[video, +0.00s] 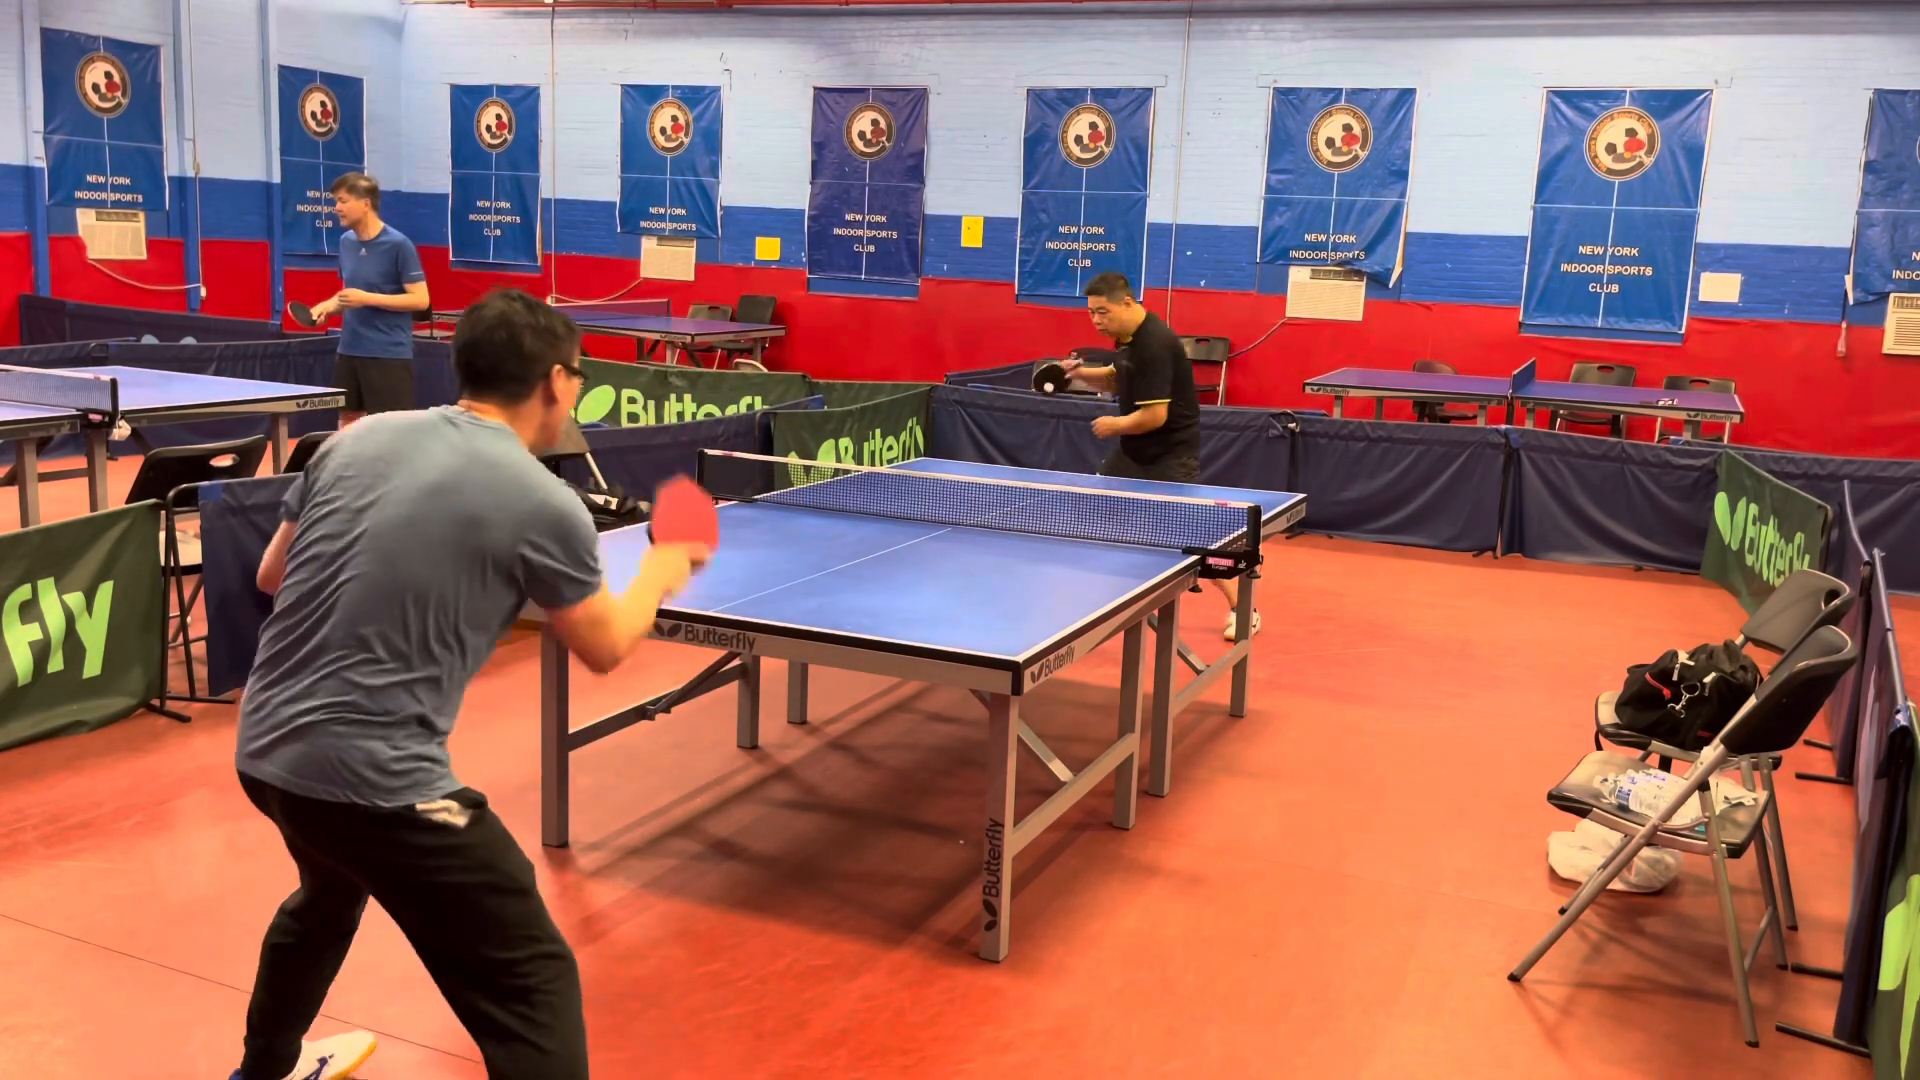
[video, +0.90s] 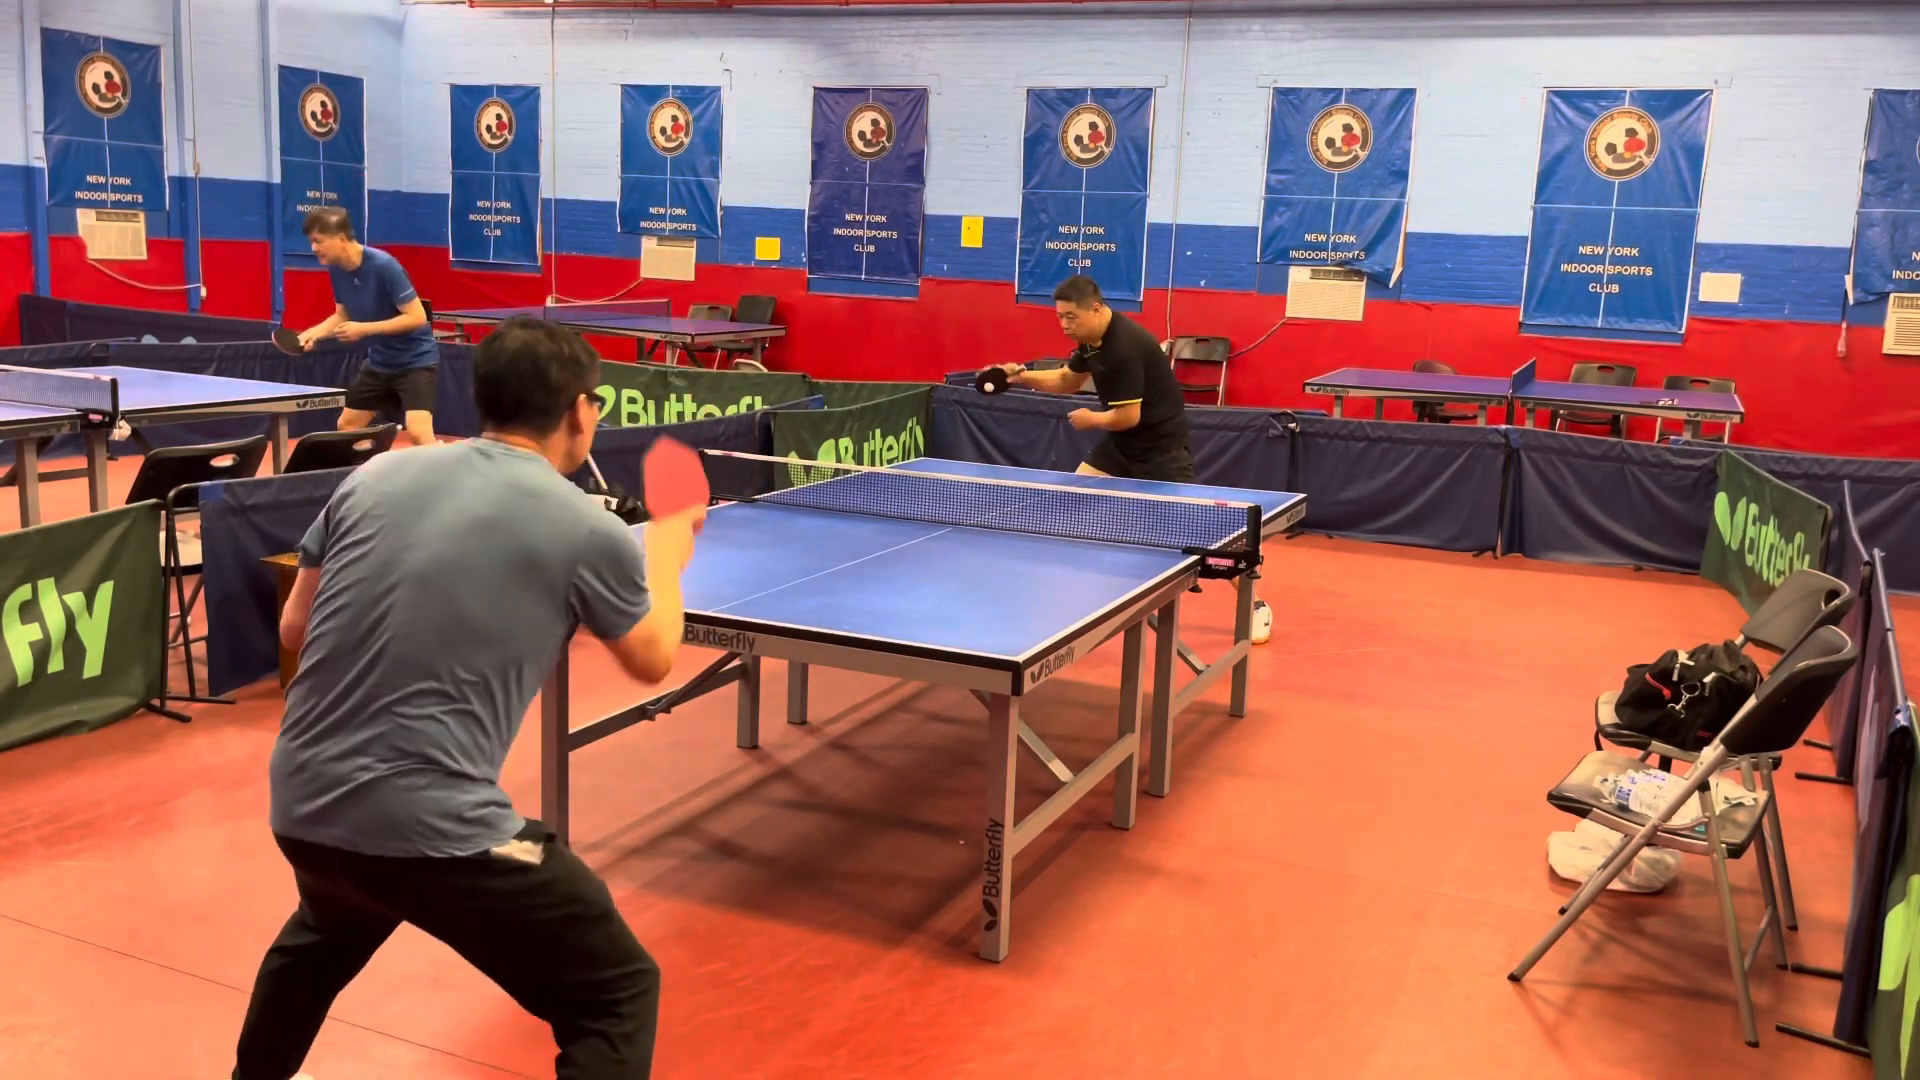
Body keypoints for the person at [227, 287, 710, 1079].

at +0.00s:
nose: (576, 396)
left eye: (577, 377)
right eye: (575, 377)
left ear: (469, 371)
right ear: (551, 382)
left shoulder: (352, 441)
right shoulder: (536, 498)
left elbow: (271, 574)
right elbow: (603, 644)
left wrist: (389, 571)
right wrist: (664, 567)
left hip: (267, 754)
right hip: (380, 777)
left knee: (329, 891)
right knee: (532, 979)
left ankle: (264, 1065)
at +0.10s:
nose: (621, 405)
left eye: (621, 386)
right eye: (620, 387)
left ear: (511, 380)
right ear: (598, 394)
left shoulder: (407, 443)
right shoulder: (562, 519)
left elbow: (321, 575)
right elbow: (553, 710)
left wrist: (447, 657)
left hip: (281, 747)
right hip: (386, 778)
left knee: (332, 889)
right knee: (544, 981)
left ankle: (259, 1063)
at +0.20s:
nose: (655, 431)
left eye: (658, 413)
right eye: (656, 412)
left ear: (551, 399)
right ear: (630, 417)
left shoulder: (473, 459)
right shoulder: (542, 536)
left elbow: (419, 600)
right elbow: (474, 731)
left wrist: (524, 670)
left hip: (296, 755)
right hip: (374, 791)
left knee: (350, 901)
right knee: (536, 1009)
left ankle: (223, 1064)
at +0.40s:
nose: (658, 436)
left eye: (659, 418)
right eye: (655, 417)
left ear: (544, 409)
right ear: (618, 425)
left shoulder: (480, 478)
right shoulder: (515, 538)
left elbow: (468, 615)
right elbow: (451, 720)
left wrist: (602, 633)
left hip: (315, 777)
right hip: (385, 808)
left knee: (357, 912)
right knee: (581, 981)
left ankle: (226, 1068)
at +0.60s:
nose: (609, 365)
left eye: (607, 346)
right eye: (605, 347)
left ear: (489, 352)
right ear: (575, 359)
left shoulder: (392, 440)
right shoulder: (591, 475)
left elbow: (347, 568)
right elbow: (740, 526)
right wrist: (758, 437)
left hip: (298, 772)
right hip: (423, 795)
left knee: (331, 905)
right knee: (591, 981)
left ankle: (251, 1075)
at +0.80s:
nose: (578, 403)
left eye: (577, 383)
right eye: (577, 384)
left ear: (468, 384)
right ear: (558, 391)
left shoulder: (361, 469)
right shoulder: (568, 495)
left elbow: (294, 632)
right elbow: (686, 543)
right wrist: (682, 445)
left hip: (317, 818)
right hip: (459, 830)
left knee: (313, 928)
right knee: (621, 991)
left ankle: (251, 1072)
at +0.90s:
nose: (597, 419)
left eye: (597, 402)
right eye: (596, 403)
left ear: (485, 401)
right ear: (578, 410)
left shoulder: (374, 475)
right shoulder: (582, 527)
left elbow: (294, 628)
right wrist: (667, 554)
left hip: (304, 811)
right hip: (432, 826)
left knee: (334, 922)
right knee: (616, 991)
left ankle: (254, 1073)